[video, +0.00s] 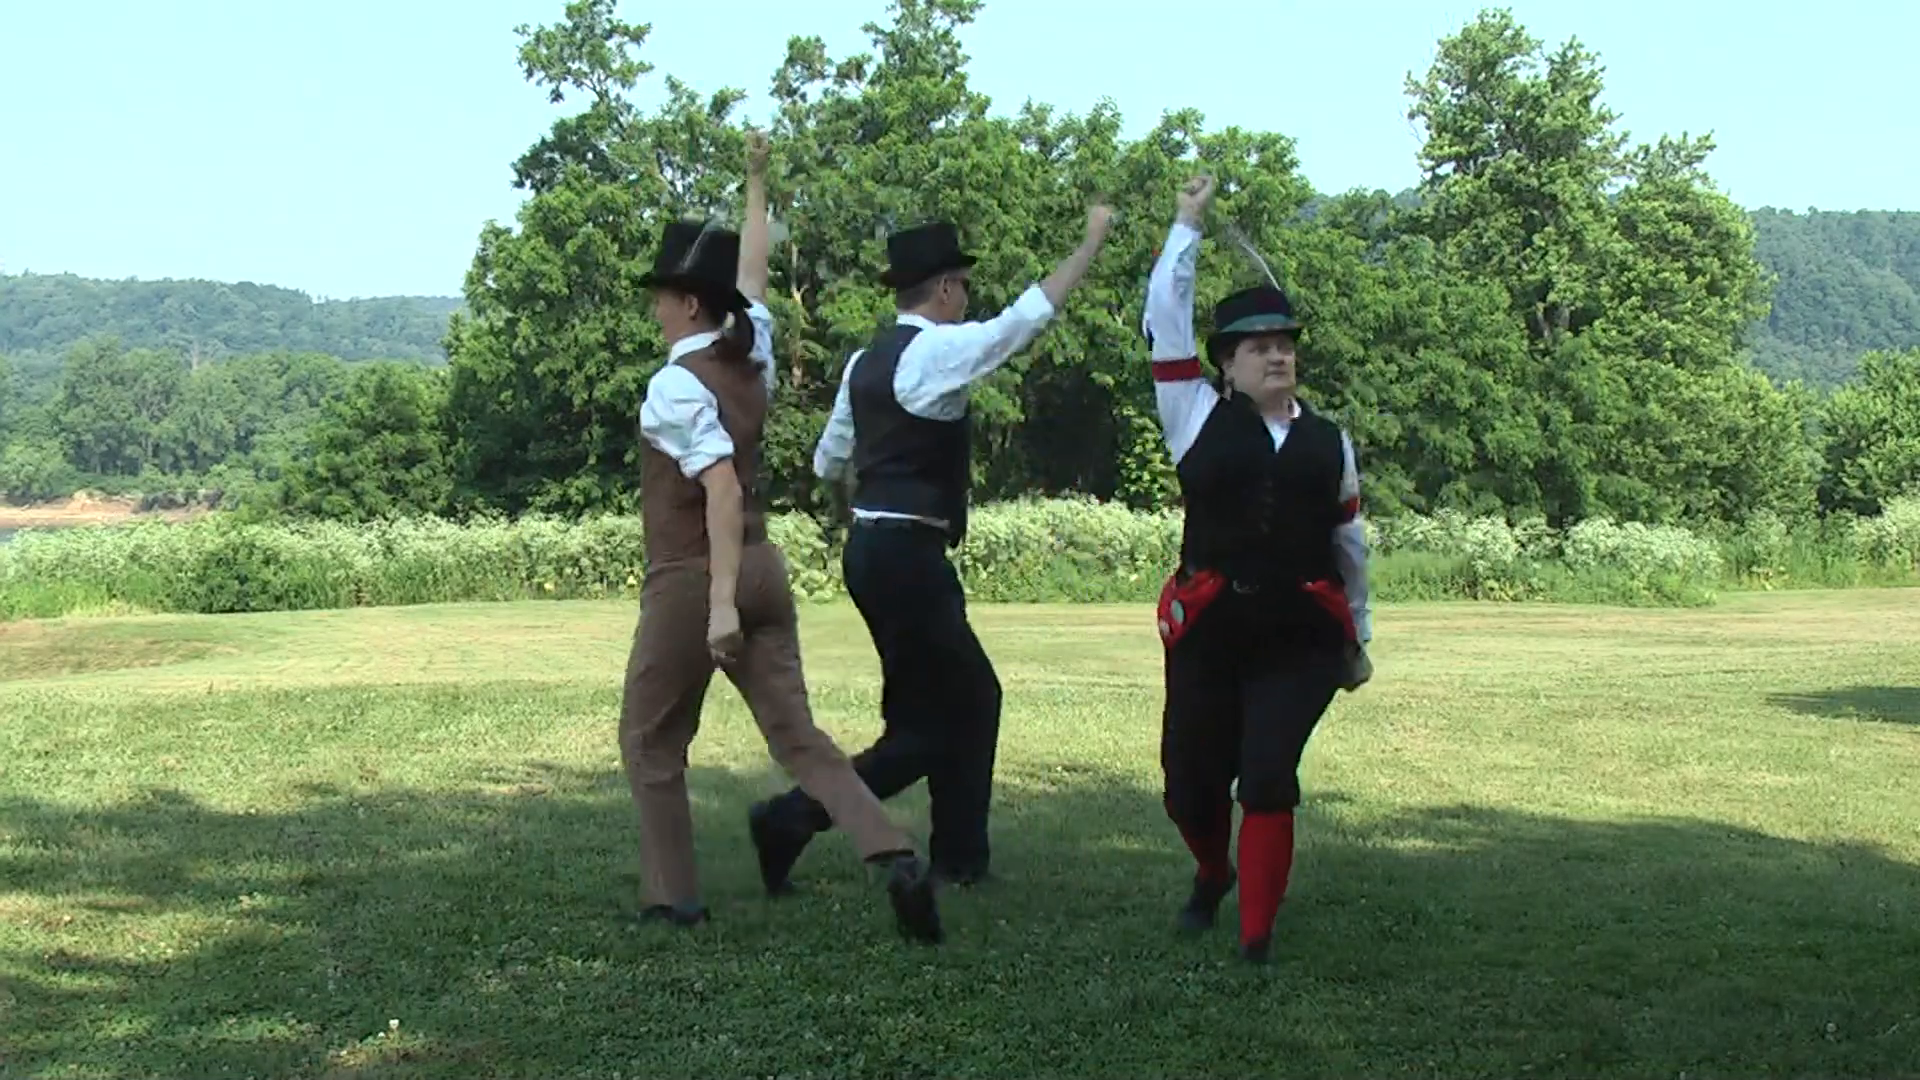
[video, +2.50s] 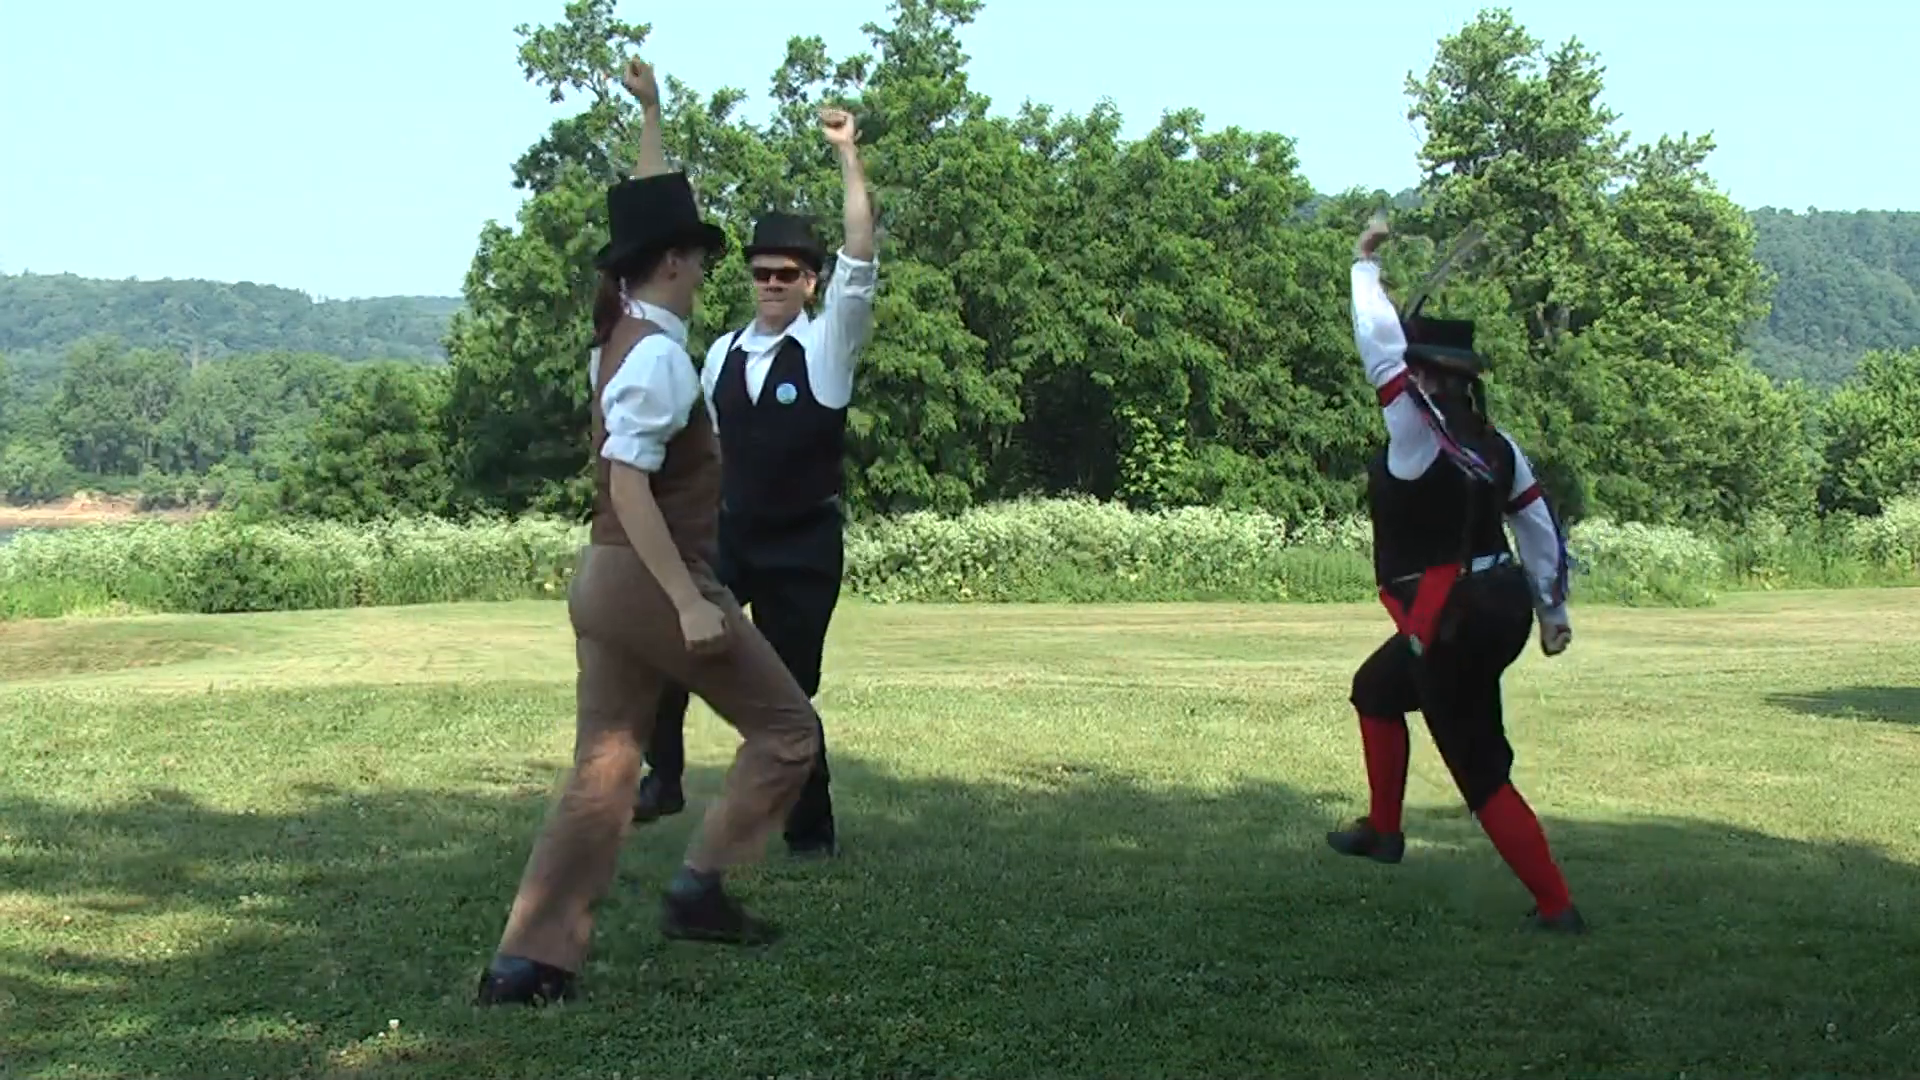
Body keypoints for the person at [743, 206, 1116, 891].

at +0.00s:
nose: (967, 296)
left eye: (963, 285)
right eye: (962, 284)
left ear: (907, 293)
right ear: (944, 289)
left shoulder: (864, 361)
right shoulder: (935, 349)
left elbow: (830, 459)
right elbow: (1024, 319)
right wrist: (1089, 247)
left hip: (873, 552)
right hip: (908, 553)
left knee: (934, 721)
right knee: (973, 698)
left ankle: (792, 820)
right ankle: (959, 861)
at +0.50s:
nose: (1098, 286)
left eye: (1079, 278)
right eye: (1097, 278)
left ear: (1029, 286)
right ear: (1091, 281)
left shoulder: (995, 364)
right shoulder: (1106, 333)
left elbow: (960, 463)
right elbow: (1153, 246)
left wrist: (947, 550)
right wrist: (1156, 141)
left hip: (1033, 543)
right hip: (1108, 531)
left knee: (1087, 704)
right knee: (1153, 627)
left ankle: (1118, 863)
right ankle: (1174, 742)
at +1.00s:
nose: (1094, 292)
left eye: (1099, 282)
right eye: (1098, 280)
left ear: (1118, 289)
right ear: (1155, 290)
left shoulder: (1101, 358)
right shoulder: (1184, 338)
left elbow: (1118, 457)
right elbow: (1193, 260)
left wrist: (1106, 539)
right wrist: (1187, 169)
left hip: (1133, 529)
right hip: (1186, 528)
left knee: (1053, 650)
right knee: (1172, 689)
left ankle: (1144, 731)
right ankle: (1214, 837)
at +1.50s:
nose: (1016, 321)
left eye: (1028, 312)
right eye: (1016, 310)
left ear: (1064, 318)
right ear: (1052, 316)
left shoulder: (1077, 383)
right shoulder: (1056, 366)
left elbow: (1122, 469)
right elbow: (1026, 280)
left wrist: (1086, 541)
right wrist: (1007, 212)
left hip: (1098, 555)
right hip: (1102, 556)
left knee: (957, 608)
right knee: (1102, 703)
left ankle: (967, 750)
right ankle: (1178, 835)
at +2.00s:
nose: (880, 291)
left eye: (892, 282)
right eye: (876, 282)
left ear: (922, 289)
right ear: (876, 291)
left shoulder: (933, 356)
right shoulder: (875, 355)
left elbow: (926, 274)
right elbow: (882, 447)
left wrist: (911, 184)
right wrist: (862, 511)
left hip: (927, 544)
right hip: (873, 539)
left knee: (879, 688)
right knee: (805, 656)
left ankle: (881, 830)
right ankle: (928, 721)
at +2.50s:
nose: (775, 284)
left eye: (787, 274)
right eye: (764, 274)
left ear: (812, 280)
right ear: (749, 279)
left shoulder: (829, 344)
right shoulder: (724, 351)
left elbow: (860, 253)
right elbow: (691, 432)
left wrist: (848, 151)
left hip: (803, 539)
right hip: (725, 534)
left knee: (787, 694)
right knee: (659, 644)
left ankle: (810, 833)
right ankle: (661, 780)